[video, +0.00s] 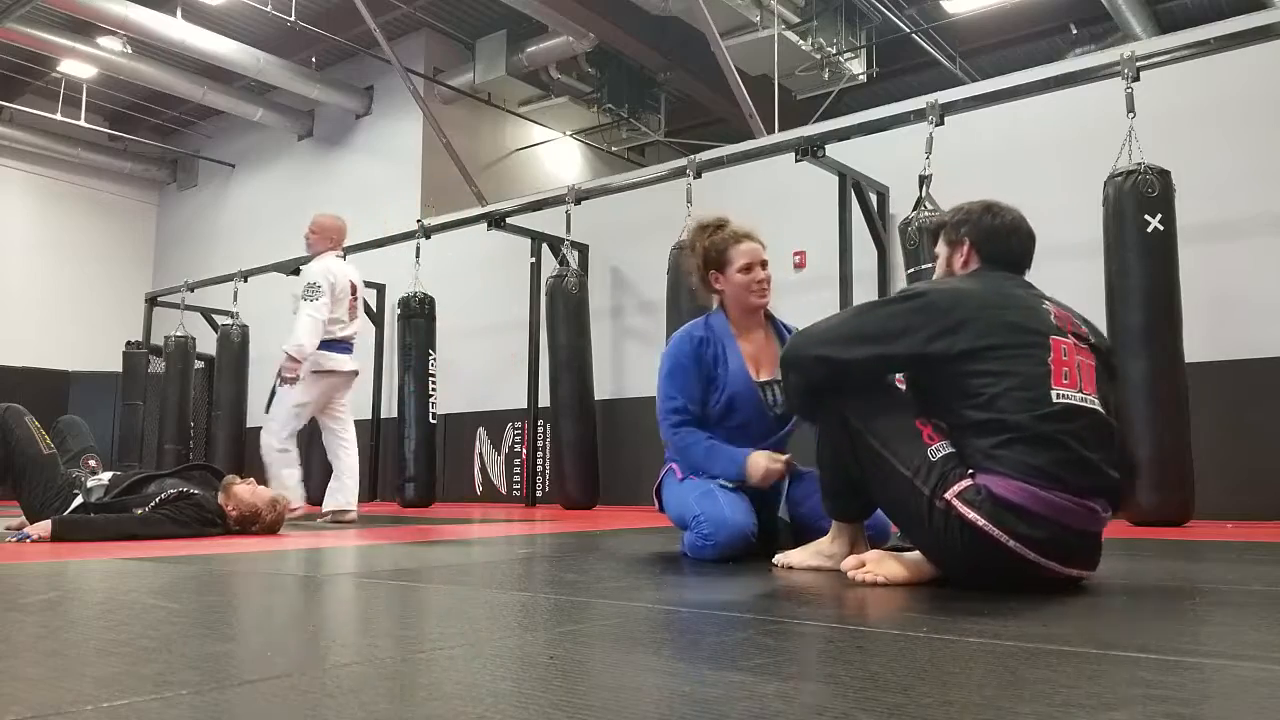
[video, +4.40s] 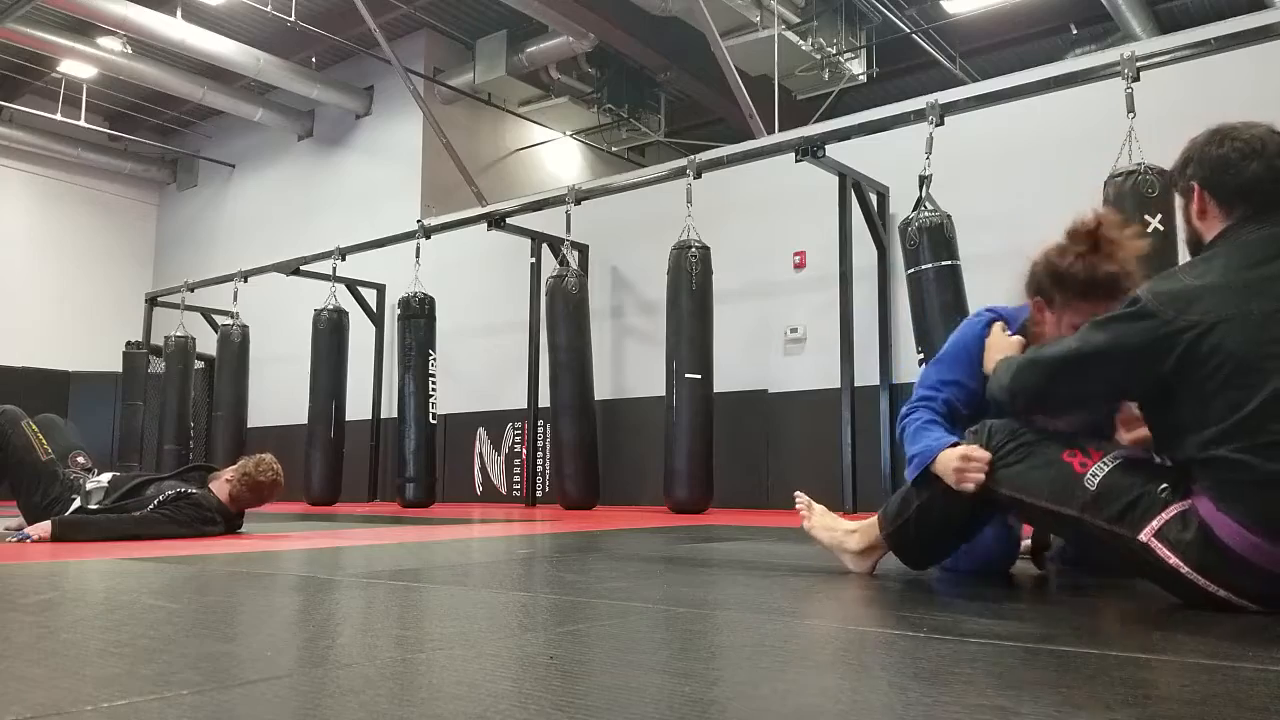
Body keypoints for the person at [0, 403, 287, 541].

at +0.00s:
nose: (248, 477)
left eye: (250, 488)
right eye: (257, 483)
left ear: (234, 510)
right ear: (235, 504)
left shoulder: (199, 513)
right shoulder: (218, 490)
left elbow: (130, 524)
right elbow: (158, 483)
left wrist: (55, 526)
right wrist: (115, 478)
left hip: (70, 500)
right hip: (103, 485)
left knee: (11, 414)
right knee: (69, 421)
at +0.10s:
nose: (248, 477)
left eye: (250, 488)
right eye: (256, 483)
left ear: (234, 510)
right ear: (236, 504)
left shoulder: (198, 513)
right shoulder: (218, 490)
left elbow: (130, 525)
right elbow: (157, 483)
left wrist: (56, 526)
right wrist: (114, 479)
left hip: (69, 501)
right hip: (102, 486)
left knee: (11, 414)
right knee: (69, 421)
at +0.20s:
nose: (247, 479)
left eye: (250, 489)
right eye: (255, 484)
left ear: (234, 510)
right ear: (236, 505)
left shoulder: (199, 513)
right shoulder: (216, 490)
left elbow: (130, 525)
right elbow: (155, 483)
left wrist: (56, 526)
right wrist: (114, 479)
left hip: (69, 501)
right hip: (101, 486)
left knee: (11, 414)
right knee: (70, 421)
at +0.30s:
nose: (251, 478)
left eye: (252, 489)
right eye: (259, 485)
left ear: (233, 509)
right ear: (237, 502)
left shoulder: (198, 513)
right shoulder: (217, 484)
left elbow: (130, 525)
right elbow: (158, 482)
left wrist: (56, 526)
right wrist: (116, 480)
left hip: (68, 499)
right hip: (101, 484)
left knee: (11, 414)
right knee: (70, 422)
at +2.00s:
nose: (210, 469)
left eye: (219, 476)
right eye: (218, 466)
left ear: (232, 501)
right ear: (222, 466)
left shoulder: (197, 512)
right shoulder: (209, 484)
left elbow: (128, 524)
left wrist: (56, 527)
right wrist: (110, 480)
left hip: (67, 502)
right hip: (100, 485)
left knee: (11, 416)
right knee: (73, 422)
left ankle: (14, 501)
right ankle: (31, 503)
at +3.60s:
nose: (225, 463)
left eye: (231, 464)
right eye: (232, 461)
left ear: (230, 475)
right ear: (250, 497)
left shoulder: (199, 513)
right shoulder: (215, 496)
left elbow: (130, 524)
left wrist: (56, 526)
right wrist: (107, 477)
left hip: (68, 501)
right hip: (95, 485)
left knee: (9, 416)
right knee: (46, 420)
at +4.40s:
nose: (227, 466)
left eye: (232, 467)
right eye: (233, 465)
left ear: (233, 474)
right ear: (255, 503)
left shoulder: (199, 513)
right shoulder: (215, 492)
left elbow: (131, 524)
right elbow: (150, 488)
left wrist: (55, 527)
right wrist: (110, 480)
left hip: (65, 504)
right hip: (95, 488)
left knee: (9, 418)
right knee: (50, 421)